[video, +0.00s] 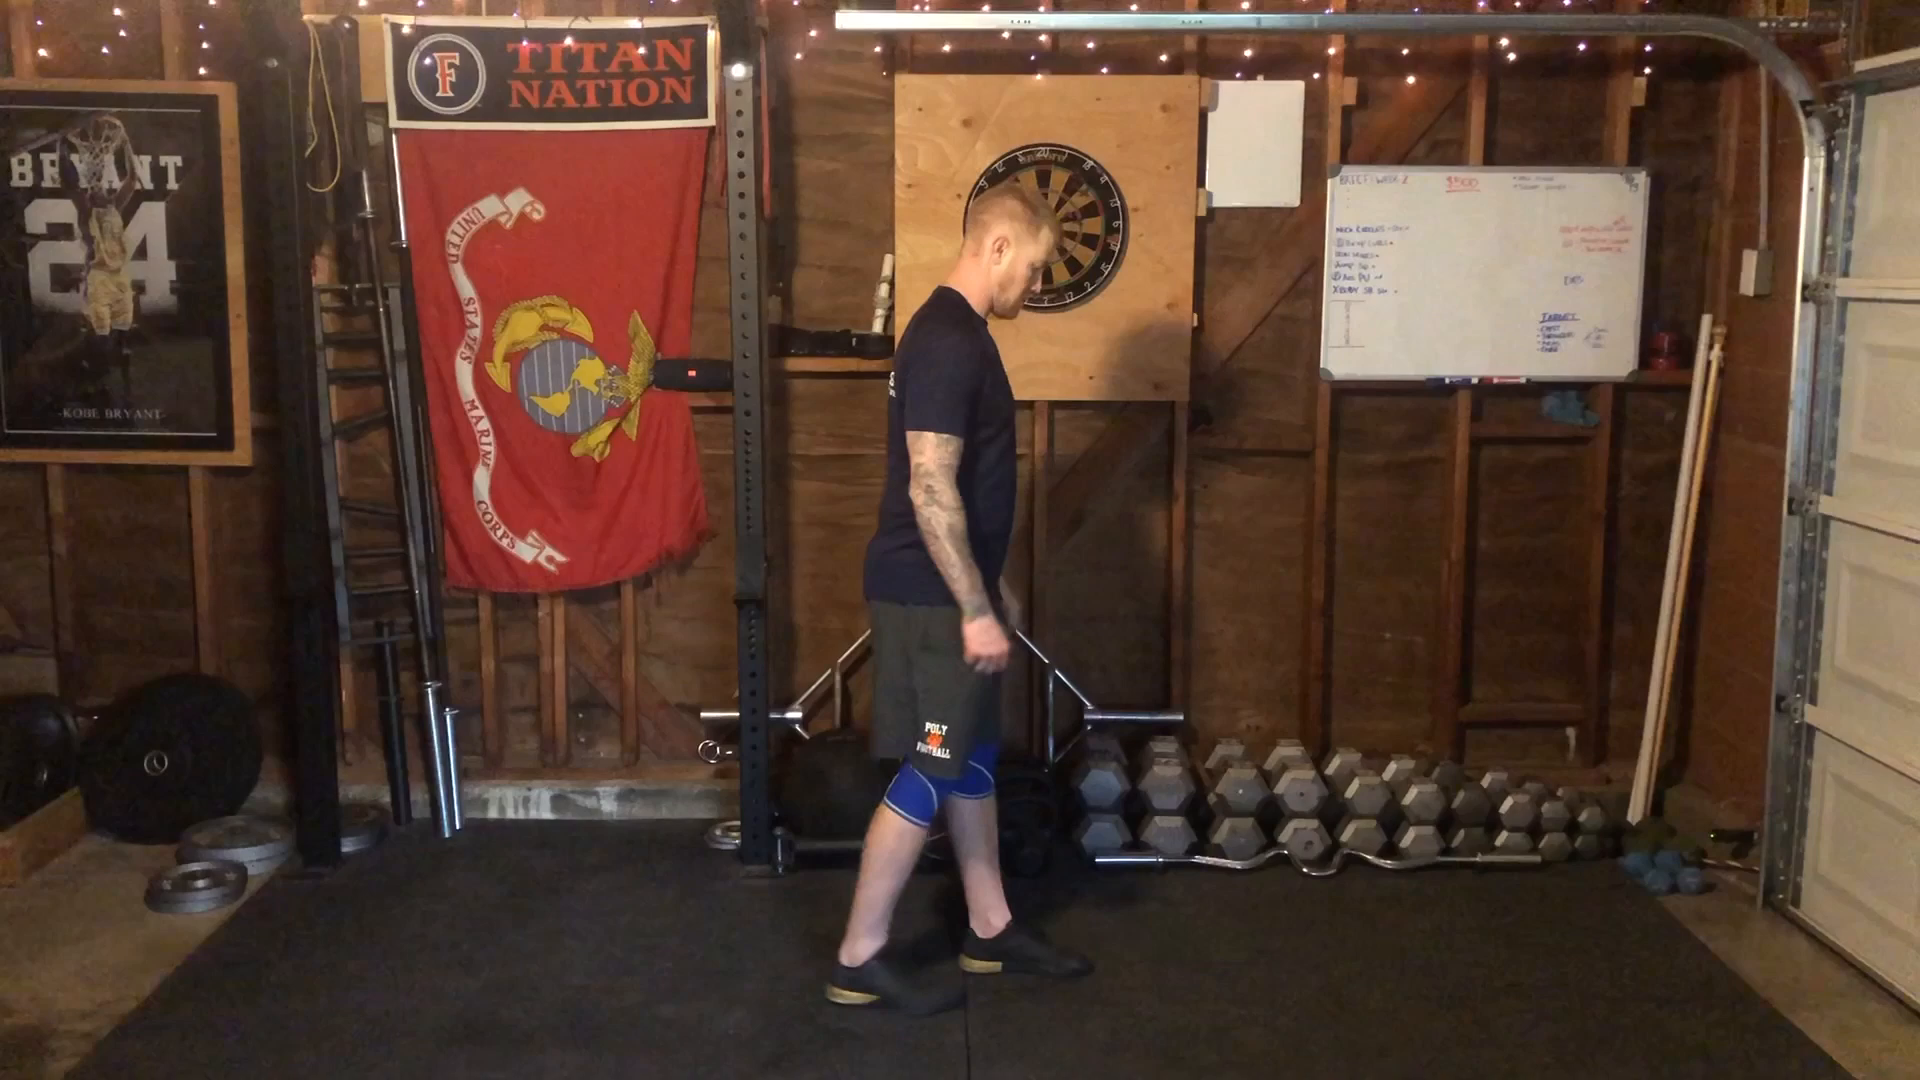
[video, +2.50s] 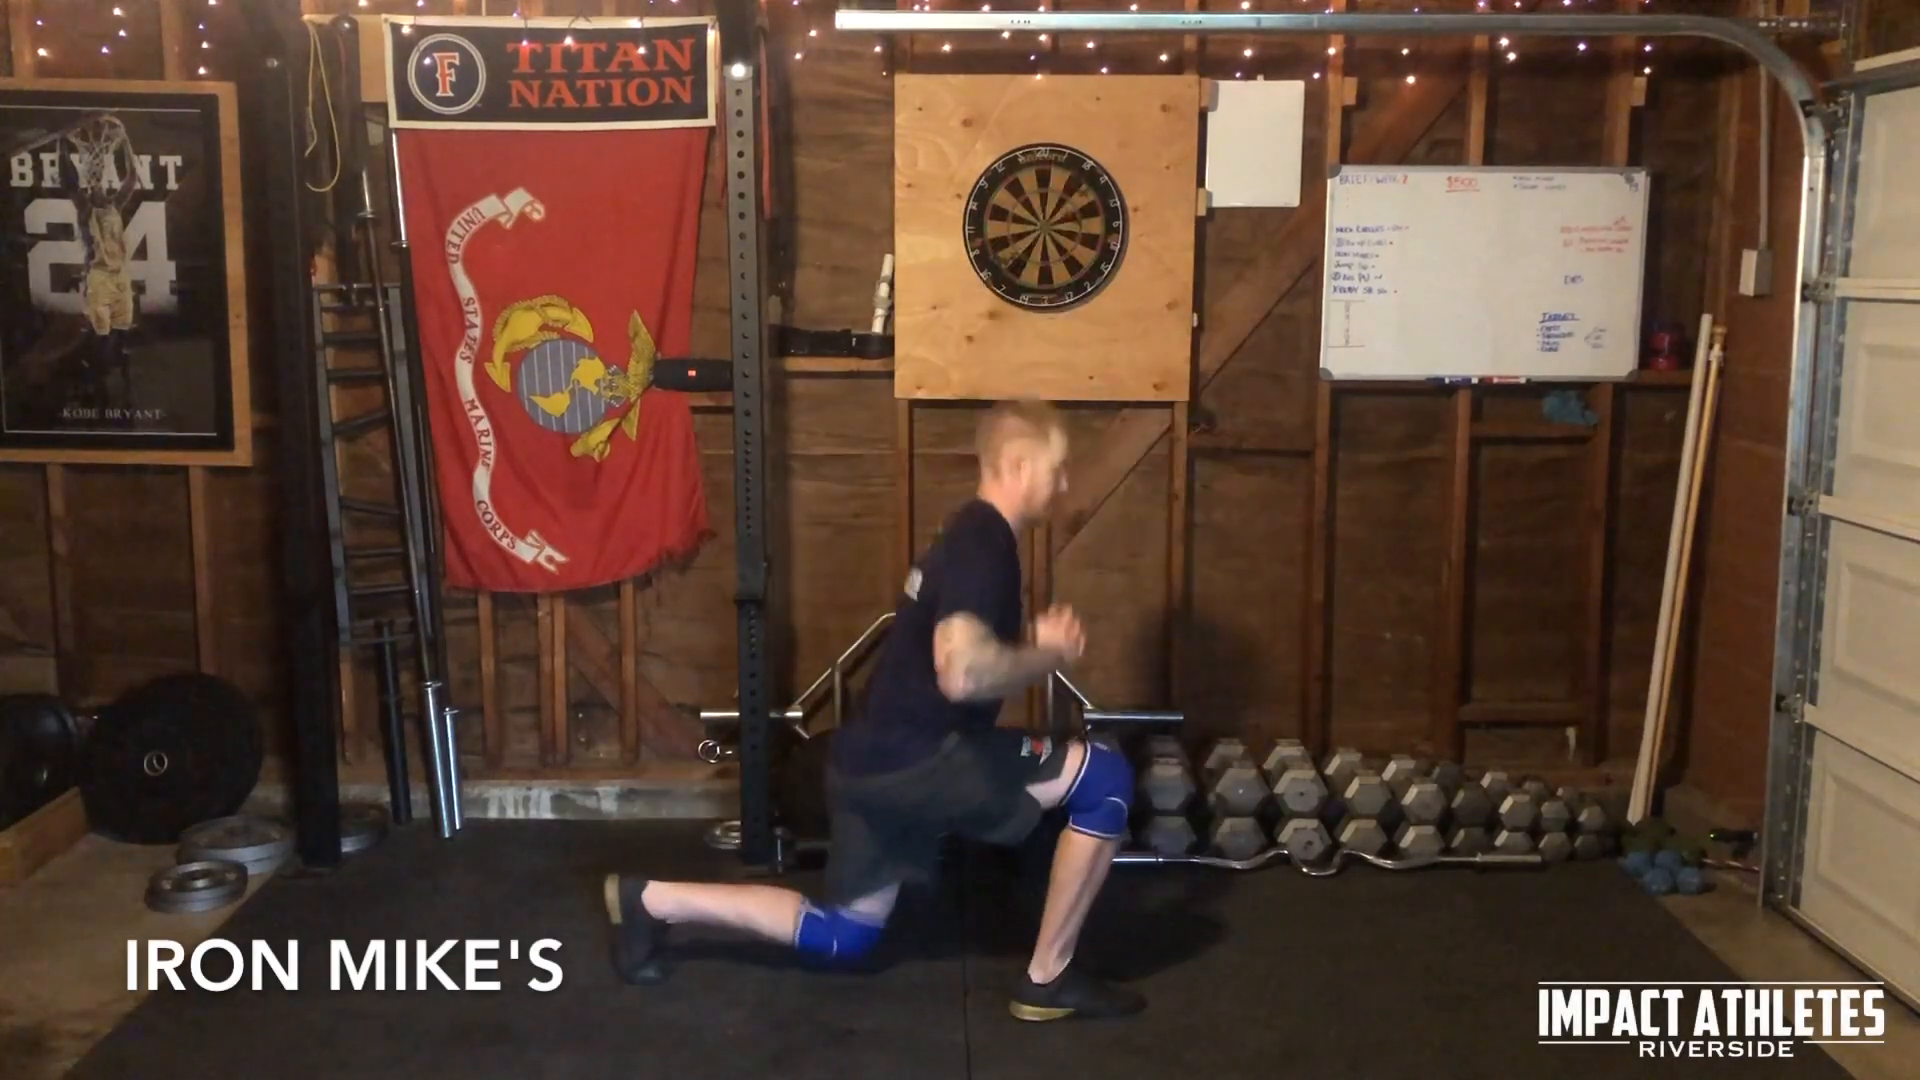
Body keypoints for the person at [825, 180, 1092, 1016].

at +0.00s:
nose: (1034, 288)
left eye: (1039, 273)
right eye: (1033, 269)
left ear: (988, 246)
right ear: (996, 247)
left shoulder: (956, 330)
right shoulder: (947, 337)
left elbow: (952, 481)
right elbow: (929, 484)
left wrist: (986, 594)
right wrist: (974, 609)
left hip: (953, 583)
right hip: (926, 588)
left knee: (972, 762)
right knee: (927, 770)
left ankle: (991, 930)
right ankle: (859, 956)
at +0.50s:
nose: (1065, 290)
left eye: (1071, 275)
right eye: (1065, 271)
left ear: (1019, 254)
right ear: (1028, 253)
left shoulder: (996, 339)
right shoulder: (981, 341)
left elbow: (1007, 484)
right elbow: (988, 489)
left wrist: (1073, 554)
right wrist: (1074, 566)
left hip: (986, 596)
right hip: (940, 597)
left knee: (1003, 760)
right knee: (931, 776)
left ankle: (1008, 930)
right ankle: (870, 956)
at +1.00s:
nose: (1086, 378)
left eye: (1091, 362)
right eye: (1087, 360)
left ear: (1034, 347)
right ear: (1052, 350)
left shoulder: (995, 415)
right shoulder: (1004, 430)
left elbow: (993, 544)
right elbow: (1011, 575)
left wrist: (1068, 548)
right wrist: (1091, 571)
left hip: (963, 647)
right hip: (902, 656)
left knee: (1059, 739)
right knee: (855, 831)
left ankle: (1010, 927)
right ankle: (644, 923)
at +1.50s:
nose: (1054, 480)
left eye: (1056, 466)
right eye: (1049, 464)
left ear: (1002, 458)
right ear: (1010, 460)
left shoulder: (979, 533)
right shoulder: (967, 545)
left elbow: (973, 648)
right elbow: (950, 692)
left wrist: (1037, 648)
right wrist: (1047, 666)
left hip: (939, 745)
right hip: (882, 771)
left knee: (1077, 756)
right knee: (851, 959)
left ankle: (1011, 932)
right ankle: (642, 928)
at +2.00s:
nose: (1072, 288)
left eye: (1078, 271)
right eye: (1070, 268)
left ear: (1018, 255)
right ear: (1025, 253)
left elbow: (962, 439)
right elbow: (927, 440)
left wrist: (1031, 442)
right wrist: (1027, 445)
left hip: (903, 564)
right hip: (910, 568)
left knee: (852, 741)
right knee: (1020, 737)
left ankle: (679, 839)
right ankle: (1029, 959)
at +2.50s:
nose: (1064, 485)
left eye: (1064, 469)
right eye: (1057, 469)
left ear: (1007, 467)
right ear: (1016, 466)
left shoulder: (973, 534)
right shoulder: (982, 539)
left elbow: (958, 658)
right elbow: (962, 672)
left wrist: (1031, 648)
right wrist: (1042, 650)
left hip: (873, 762)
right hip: (914, 763)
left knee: (846, 933)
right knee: (1107, 778)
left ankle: (647, 898)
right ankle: (1048, 976)